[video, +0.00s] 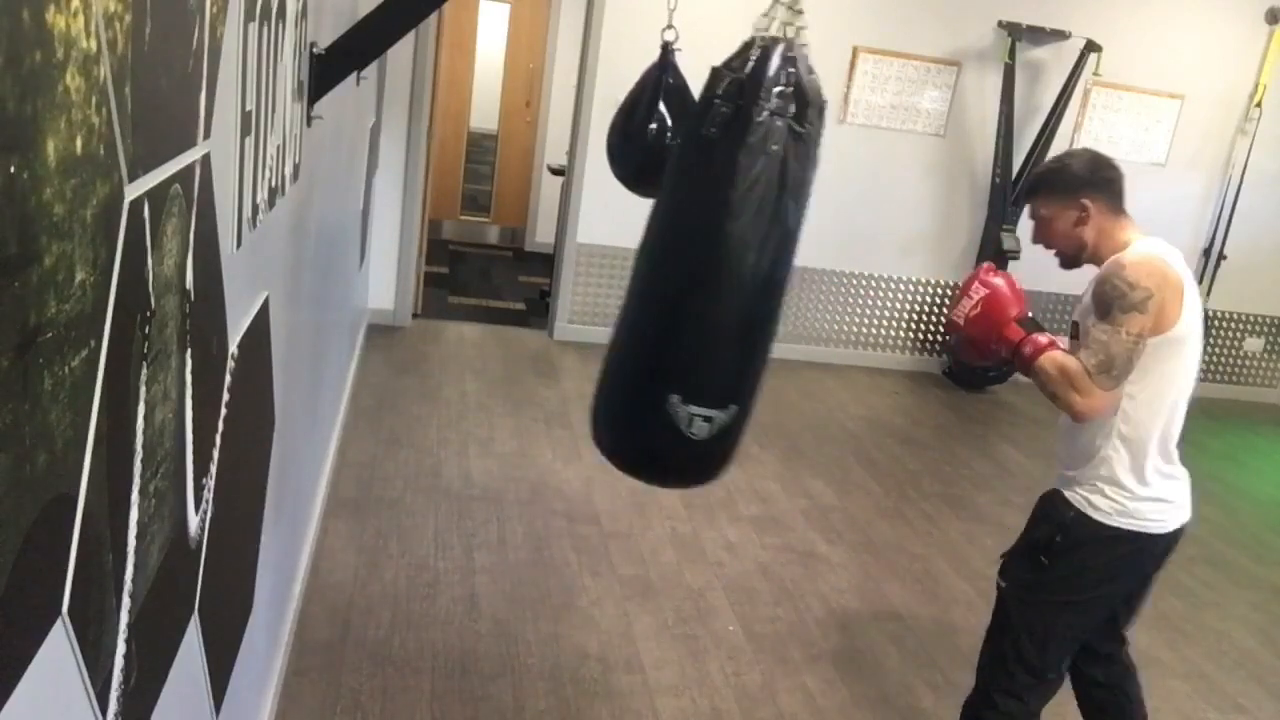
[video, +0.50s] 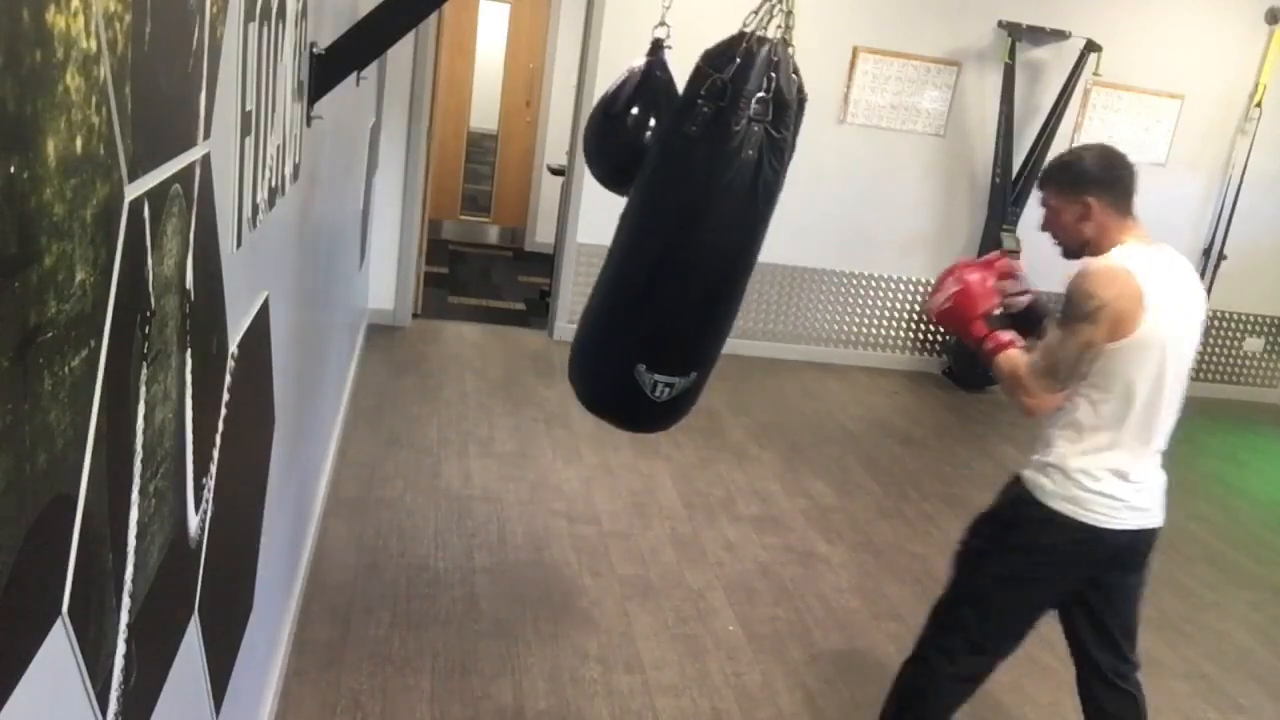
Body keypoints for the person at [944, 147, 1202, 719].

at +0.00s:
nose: (1036, 236)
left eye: (1041, 221)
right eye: (1034, 222)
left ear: (1083, 213)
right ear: (1088, 213)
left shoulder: (1132, 275)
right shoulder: (1158, 265)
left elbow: (1087, 397)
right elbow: (1091, 376)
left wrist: (1011, 336)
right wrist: (1021, 337)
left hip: (1100, 515)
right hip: (1149, 512)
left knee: (1014, 673)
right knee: (1097, 649)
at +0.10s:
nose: (1055, 237)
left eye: (1060, 222)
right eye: (1054, 223)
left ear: (1101, 216)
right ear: (1110, 215)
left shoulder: (1131, 277)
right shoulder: (1198, 279)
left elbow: (1083, 400)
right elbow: (1152, 368)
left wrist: (1019, 341)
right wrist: (1068, 328)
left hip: (1105, 520)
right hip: (1174, 520)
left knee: (1013, 680)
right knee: (1123, 676)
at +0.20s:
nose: (1074, 235)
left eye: (1078, 219)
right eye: (1072, 220)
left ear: (1118, 213)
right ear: (1126, 212)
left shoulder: (1139, 273)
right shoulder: (1220, 281)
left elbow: (1089, 396)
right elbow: (1168, 375)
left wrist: (1030, 333)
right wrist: (1086, 324)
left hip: (1101, 517)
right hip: (1177, 525)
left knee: (1011, 672)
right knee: (1133, 682)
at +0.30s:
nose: (1079, 226)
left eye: (1084, 210)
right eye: (1078, 211)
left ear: (1124, 206)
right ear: (1139, 205)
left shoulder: (1140, 271)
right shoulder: (1221, 279)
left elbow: (1079, 390)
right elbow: (1163, 367)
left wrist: (1028, 319)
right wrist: (1083, 311)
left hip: (1094, 509)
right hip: (1172, 518)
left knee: (999, 664)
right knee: (1134, 681)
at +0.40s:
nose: (1068, 223)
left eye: (1073, 208)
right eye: (1067, 209)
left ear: (1114, 206)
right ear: (1128, 204)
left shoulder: (1128, 274)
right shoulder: (1206, 276)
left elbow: (1056, 388)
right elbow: (1138, 366)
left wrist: (1012, 315)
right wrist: (1062, 309)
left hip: (1083, 507)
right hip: (1158, 515)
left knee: (974, 659)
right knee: (1127, 682)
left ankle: (927, 713)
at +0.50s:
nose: (1043, 224)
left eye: (1050, 210)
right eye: (1043, 210)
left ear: (1089, 209)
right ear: (1108, 206)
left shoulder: (1102, 280)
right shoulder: (1181, 277)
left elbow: (1035, 392)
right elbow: (1116, 370)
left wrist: (978, 329)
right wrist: (1035, 315)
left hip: (1057, 508)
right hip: (1132, 516)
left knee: (950, 657)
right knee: (1112, 680)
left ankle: (904, 712)